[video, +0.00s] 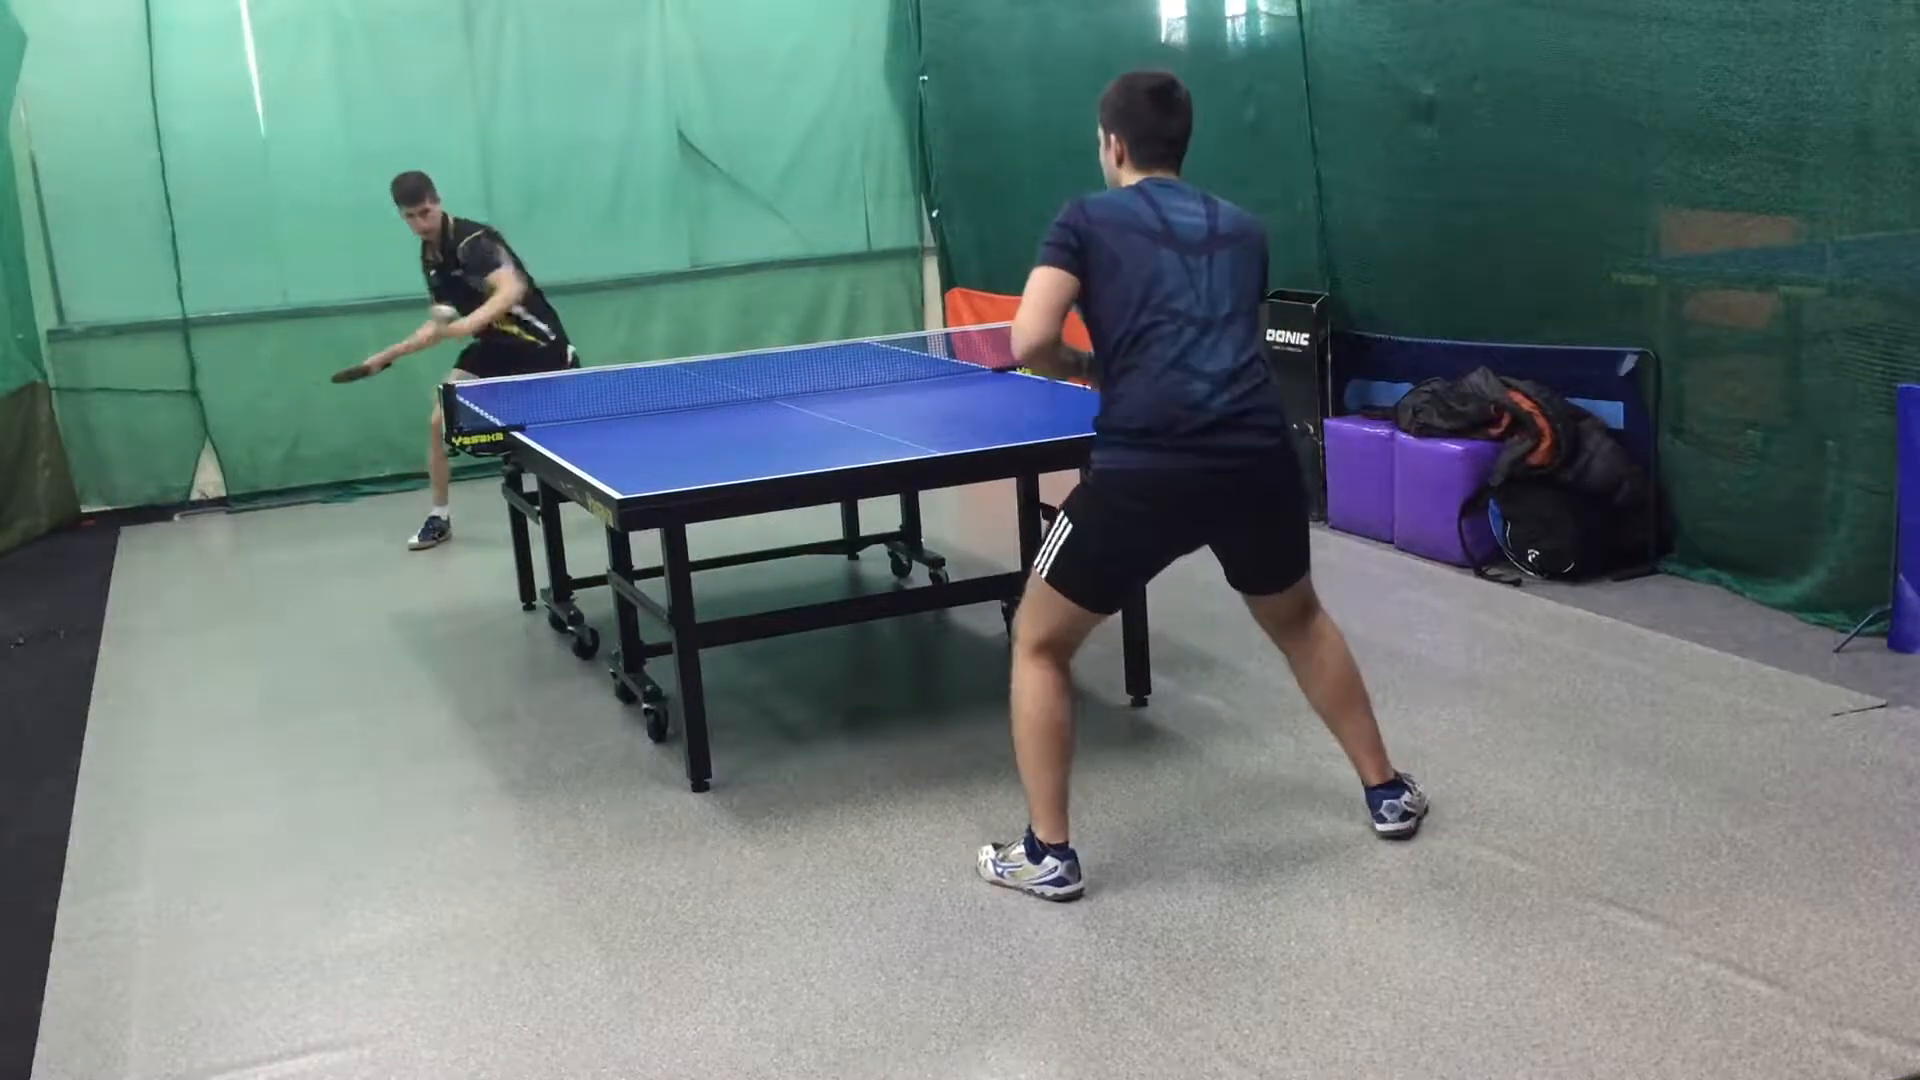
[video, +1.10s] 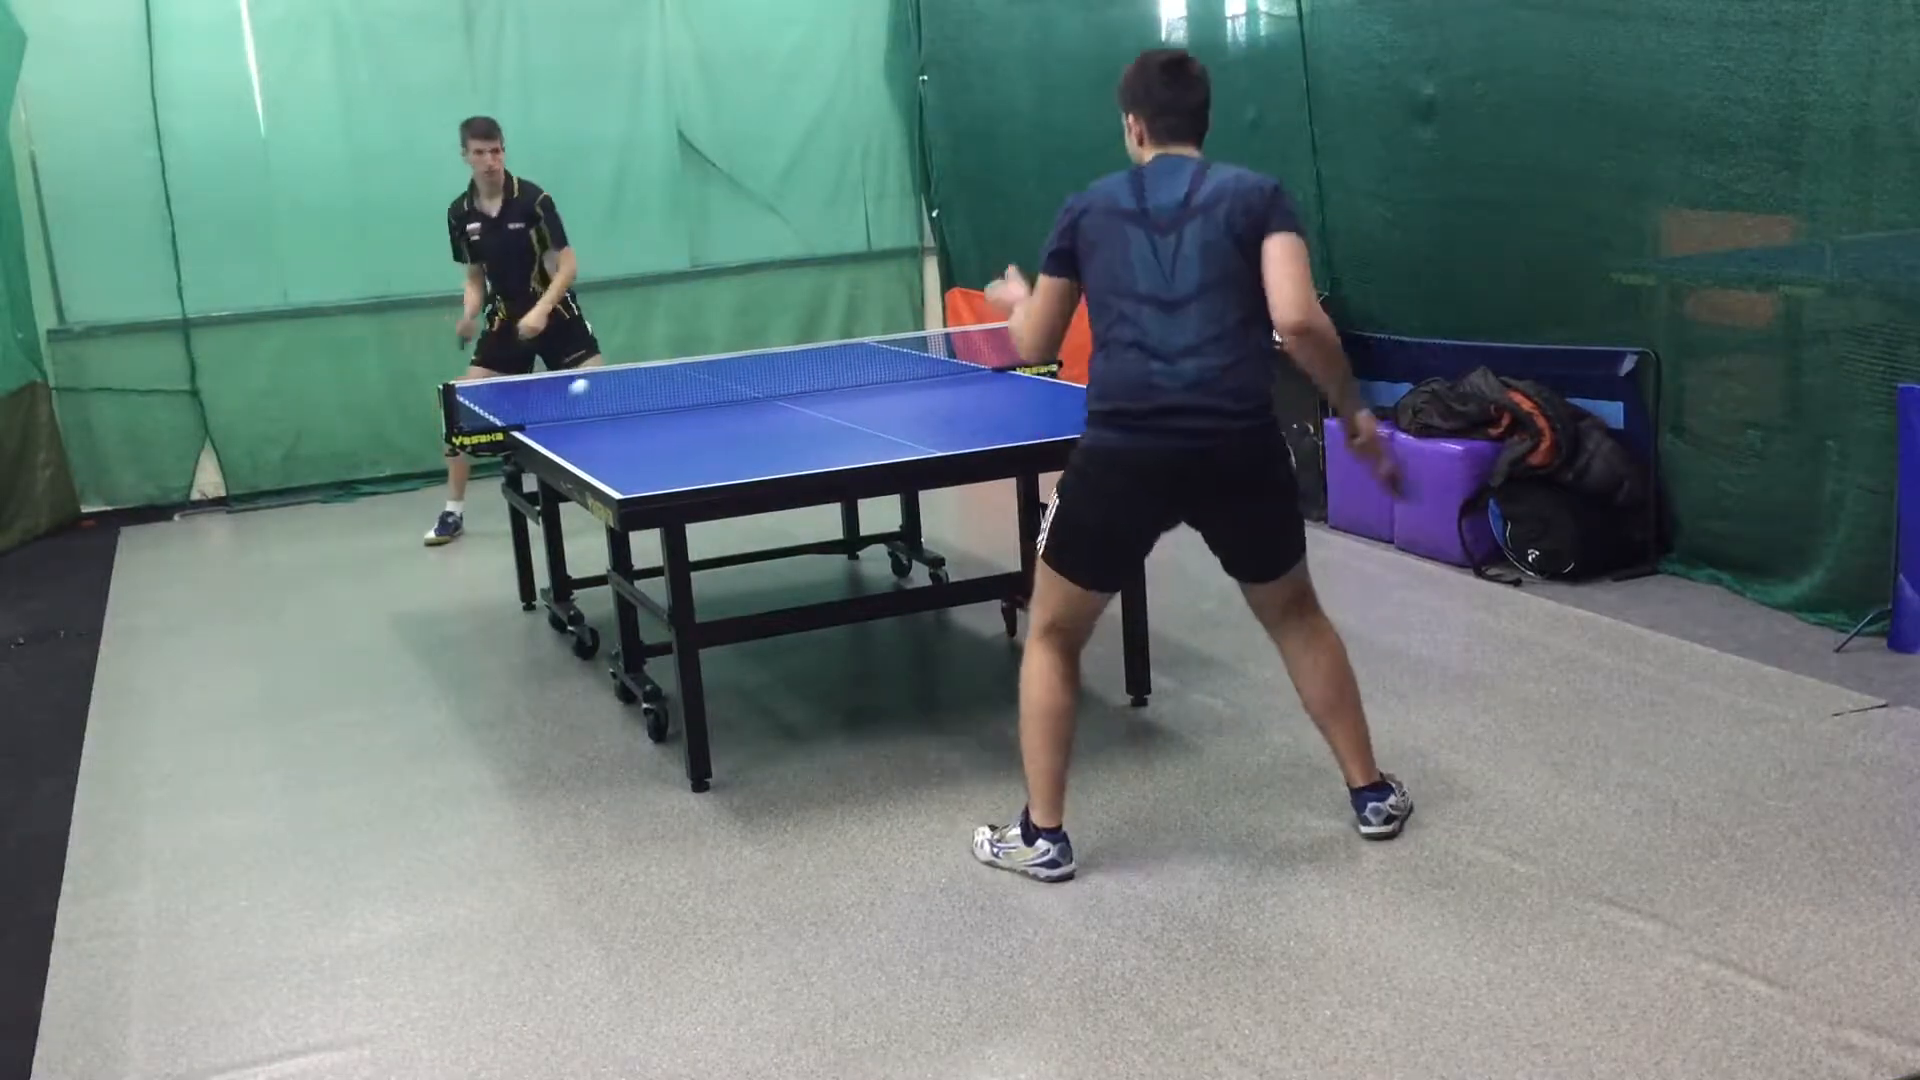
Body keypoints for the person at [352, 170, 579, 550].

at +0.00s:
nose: (421, 224)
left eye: (426, 213)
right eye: (411, 217)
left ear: (439, 202)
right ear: (403, 216)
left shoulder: (475, 240)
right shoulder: (430, 253)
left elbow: (513, 289)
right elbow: (443, 317)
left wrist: (461, 326)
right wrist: (394, 352)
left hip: (543, 345)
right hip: (494, 344)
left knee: (567, 425)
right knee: (441, 419)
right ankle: (439, 515)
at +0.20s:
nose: (478, 186)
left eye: (484, 176)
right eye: (470, 180)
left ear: (503, 174)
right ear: (464, 185)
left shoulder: (542, 209)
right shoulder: (471, 230)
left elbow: (602, 238)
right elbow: (482, 258)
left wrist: (620, 231)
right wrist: (510, 201)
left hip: (569, 332)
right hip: (520, 343)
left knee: (629, 390)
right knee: (498, 425)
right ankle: (477, 511)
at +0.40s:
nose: (518, 181)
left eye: (522, 172)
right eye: (508, 176)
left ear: (533, 170)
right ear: (497, 180)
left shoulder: (563, 209)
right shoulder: (499, 227)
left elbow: (618, 246)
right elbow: (509, 279)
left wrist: (655, 250)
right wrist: (549, 232)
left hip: (574, 335)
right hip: (525, 348)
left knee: (635, 384)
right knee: (495, 435)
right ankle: (465, 511)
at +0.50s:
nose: (504, 176)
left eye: (509, 166)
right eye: (495, 170)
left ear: (519, 163)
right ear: (482, 173)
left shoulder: (556, 206)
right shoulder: (478, 225)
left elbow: (607, 246)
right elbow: (473, 286)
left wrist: (640, 268)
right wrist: (503, 266)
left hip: (568, 328)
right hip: (510, 338)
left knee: (617, 398)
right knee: (473, 416)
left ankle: (635, 491)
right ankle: (454, 512)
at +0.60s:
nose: (481, 183)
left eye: (486, 174)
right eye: (471, 177)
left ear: (496, 171)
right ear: (459, 181)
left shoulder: (531, 212)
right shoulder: (454, 231)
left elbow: (579, 267)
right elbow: (446, 307)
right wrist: (474, 300)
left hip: (550, 322)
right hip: (500, 330)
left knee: (603, 396)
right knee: (464, 410)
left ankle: (624, 490)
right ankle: (451, 510)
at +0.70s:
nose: (462, 196)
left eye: (466, 186)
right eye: (452, 190)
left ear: (476, 181)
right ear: (439, 193)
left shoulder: (510, 224)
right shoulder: (441, 240)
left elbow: (543, 293)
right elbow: (438, 303)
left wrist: (512, 335)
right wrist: (414, 332)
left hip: (541, 318)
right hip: (494, 325)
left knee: (586, 395)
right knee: (457, 403)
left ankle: (613, 489)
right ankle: (450, 511)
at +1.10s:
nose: (491, 161)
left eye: (496, 152)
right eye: (481, 154)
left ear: (505, 152)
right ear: (466, 158)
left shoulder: (533, 200)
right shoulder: (461, 214)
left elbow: (568, 265)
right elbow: (474, 275)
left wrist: (543, 309)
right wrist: (470, 314)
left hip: (555, 311)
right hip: (506, 320)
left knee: (598, 396)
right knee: (463, 402)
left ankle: (625, 492)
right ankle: (453, 510)